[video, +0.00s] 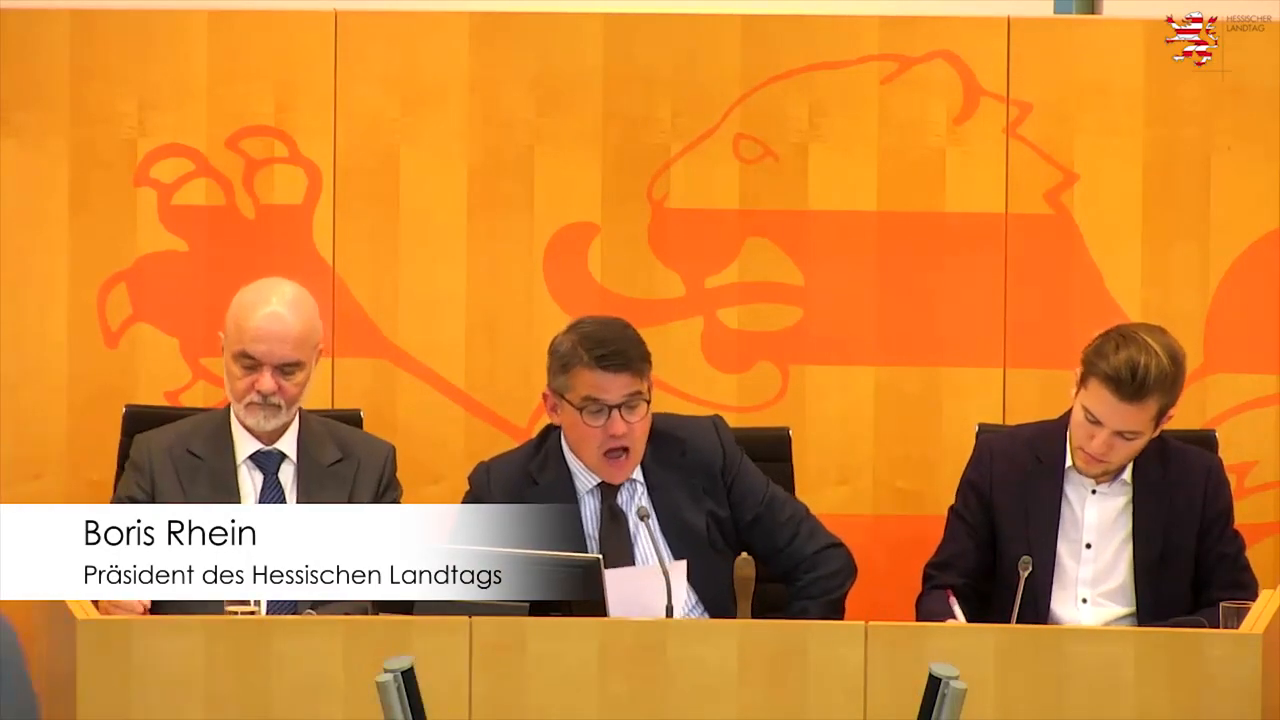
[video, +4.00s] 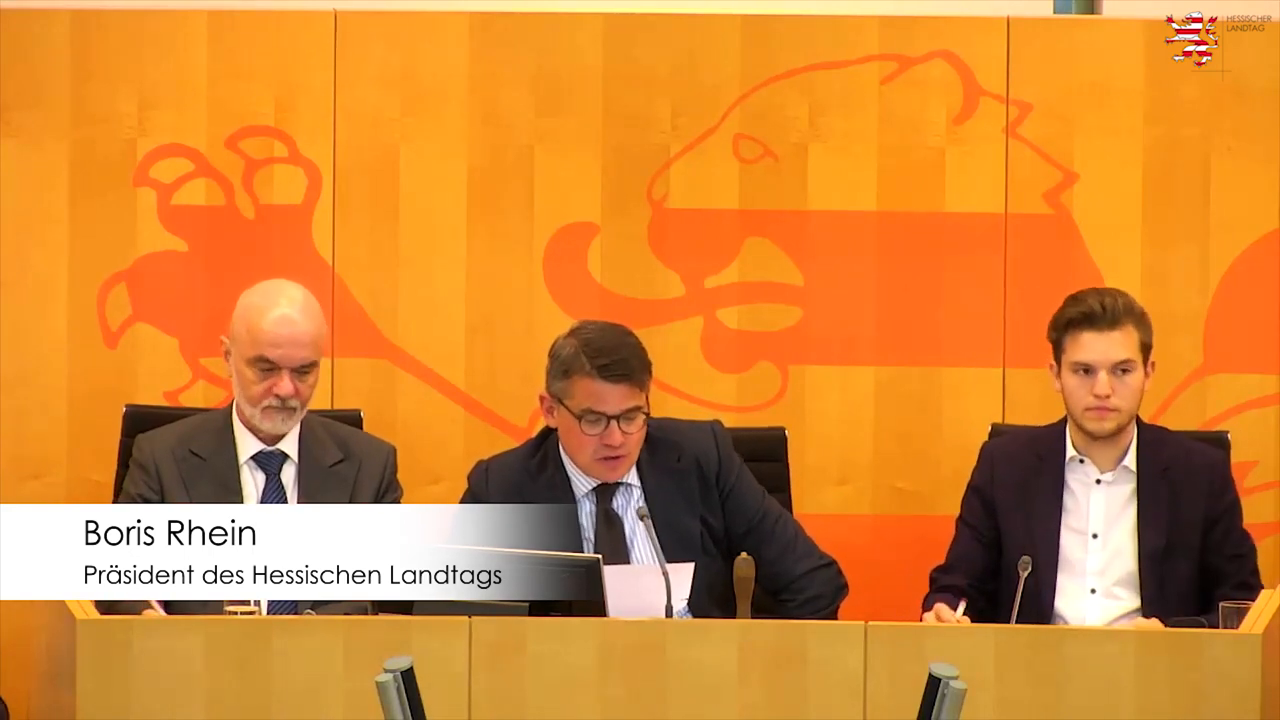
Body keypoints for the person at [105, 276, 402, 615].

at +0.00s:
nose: (266, 387)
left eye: (287, 369)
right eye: (249, 364)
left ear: (316, 358)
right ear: (223, 350)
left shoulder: (370, 463)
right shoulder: (155, 458)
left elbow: (384, 587)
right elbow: (116, 559)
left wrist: (315, 632)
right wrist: (118, 597)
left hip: (324, 666)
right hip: (190, 663)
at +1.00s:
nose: (266, 389)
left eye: (288, 372)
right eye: (249, 367)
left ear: (316, 358)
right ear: (222, 351)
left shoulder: (370, 463)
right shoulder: (154, 458)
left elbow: (390, 592)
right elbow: (114, 568)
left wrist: (309, 631)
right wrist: (106, 604)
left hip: (327, 668)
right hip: (191, 665)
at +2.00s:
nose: (280, 391)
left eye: (297, 370)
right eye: (258, 370)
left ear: (315, 359)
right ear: (221, 358)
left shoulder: (371, 462)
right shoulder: (154, 458)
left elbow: (393, 595)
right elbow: (112, 578)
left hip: (329, 668)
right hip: (191, 666)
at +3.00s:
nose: (269, 390)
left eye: (292, 375)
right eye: (253, 367)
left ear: (320, 364)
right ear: (226, 351)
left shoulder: (371, 463)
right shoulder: (158, 457)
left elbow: (384, 587)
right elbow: (116, 575)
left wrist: (311, 634)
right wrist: (147, 620)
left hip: (325, 667)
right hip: (195, 662)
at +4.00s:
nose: (285, 390)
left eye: (304, 371)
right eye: (265, 368)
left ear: (321, 362)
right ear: (226, 355)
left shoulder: (371, 463)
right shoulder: (159, 457)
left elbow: (386, 587)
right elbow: (118, 577)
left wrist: (312, 633)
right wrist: (147, 618)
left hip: (327, 664)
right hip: (197, 659)